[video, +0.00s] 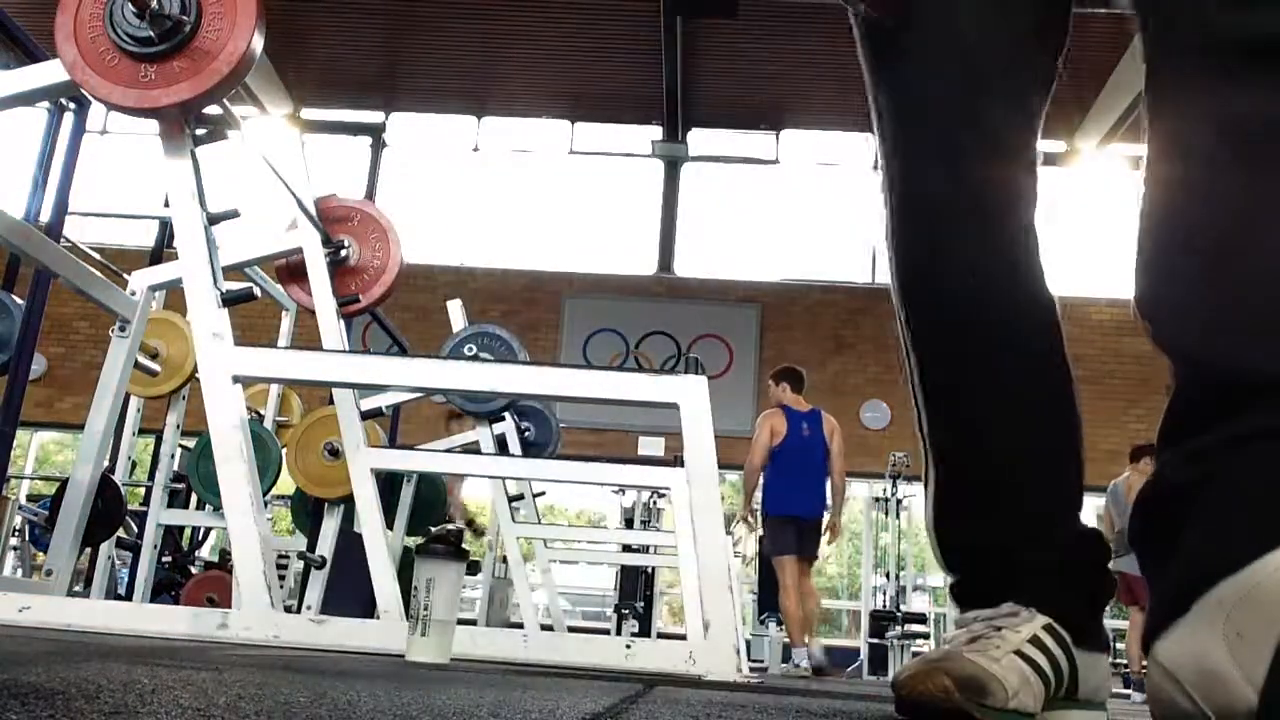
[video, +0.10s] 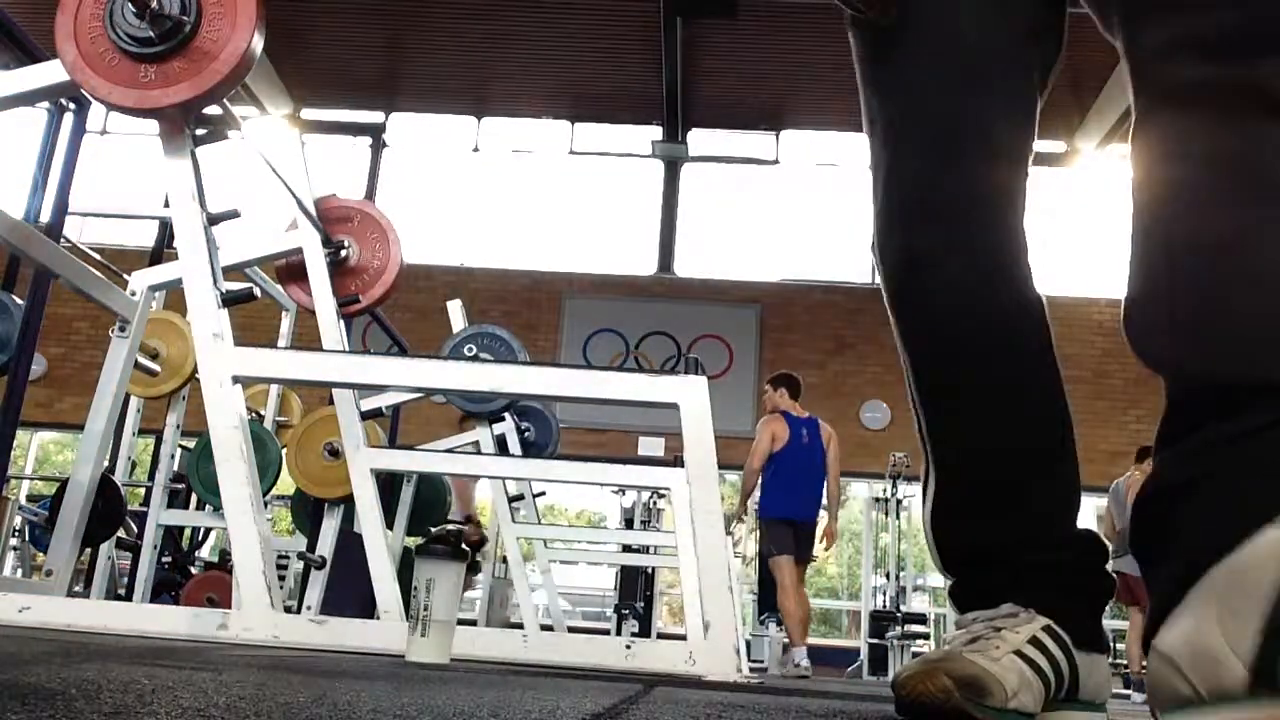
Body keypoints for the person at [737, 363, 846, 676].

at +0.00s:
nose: (770, 395)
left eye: (771, 389)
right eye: (770, 390)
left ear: (783, 387)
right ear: (800, 389)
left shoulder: (771, 418)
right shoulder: (829, 422)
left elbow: (754, 464)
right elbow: (838, 473)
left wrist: (747, 503)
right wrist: (836, 513)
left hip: (780, 513)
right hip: (813, 514)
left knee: (788, 584)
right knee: (804, 577)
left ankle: (799, 657)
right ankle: (813, 646)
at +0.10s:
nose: (764, 401)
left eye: (767, 395)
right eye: (764, 396)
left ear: (782, 393)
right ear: (795, 396)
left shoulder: (771, 423)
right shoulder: (825, 429)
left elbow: (754, 466)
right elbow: (833, 479)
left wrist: (742, 504)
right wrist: (832, 519)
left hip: (776, 517)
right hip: (807, 519)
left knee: (786, 585)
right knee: (798, 585)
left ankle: (800, 657)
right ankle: (798, 653)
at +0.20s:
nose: (762, 405)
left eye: (764, 399)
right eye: (762, 400)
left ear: (780, 399)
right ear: (790, 401)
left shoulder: (771, 428)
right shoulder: (819, 437)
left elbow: (756, 471)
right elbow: (826, 485)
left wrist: (740, 506)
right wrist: (826, 526)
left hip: (773, 519)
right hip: (802, 522)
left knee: (785, 587)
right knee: (788, 587)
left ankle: (800, 654)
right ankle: (780, 653)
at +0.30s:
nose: (760, 406)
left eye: (763, 400)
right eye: (760, 401)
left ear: (778, 401)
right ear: (785, 403)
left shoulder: (771, 430)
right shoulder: (811, 437)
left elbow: (758, 476)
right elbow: (815, 489)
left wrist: (738, 514)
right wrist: (813, 531)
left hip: (770, 519)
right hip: (795, 523)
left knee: (776, 589)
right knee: (777, 589)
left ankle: (799, 647)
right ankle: (781, 654)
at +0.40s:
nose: (755, 406)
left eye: (759, 400)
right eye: (756, 400)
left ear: (774, 402)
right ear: (780, 404)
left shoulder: (769, 430)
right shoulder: (799, 436)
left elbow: (760, 474)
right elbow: (801, 484)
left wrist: (743, 513)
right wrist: (793, 513)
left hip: (768, 516)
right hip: (790, 518)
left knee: (755, 581)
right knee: (777, 583)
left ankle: (790, 631)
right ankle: (786, 656)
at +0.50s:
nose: (750, 406)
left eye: (753, 401)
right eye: (750, 401)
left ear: (769, 403)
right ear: (774, 405)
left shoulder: (766, 430)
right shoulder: (792, 435)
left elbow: (760, 474)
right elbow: (788, 483)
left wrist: (746, 512)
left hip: (762, 517)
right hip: (783, 520)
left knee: (743, 580)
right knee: (775, 584)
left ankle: (776, 630)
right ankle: (783, 654)